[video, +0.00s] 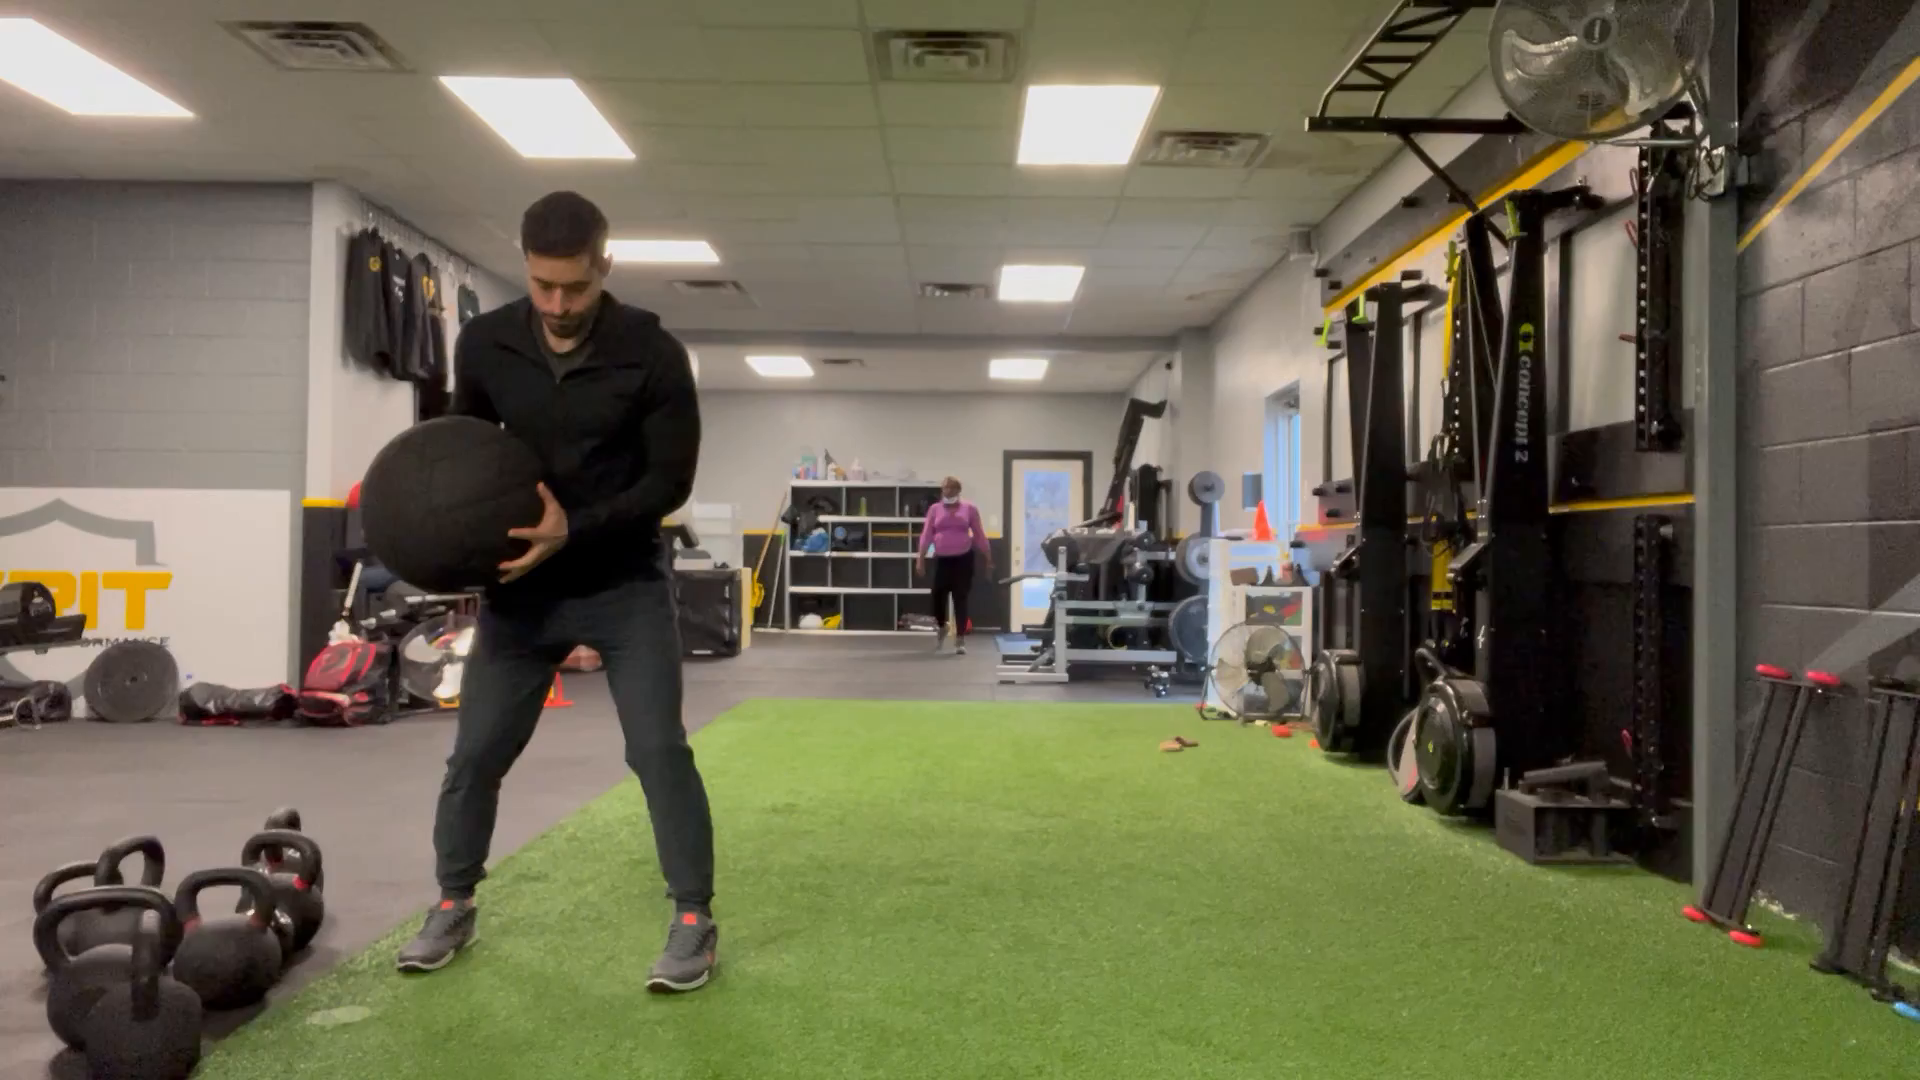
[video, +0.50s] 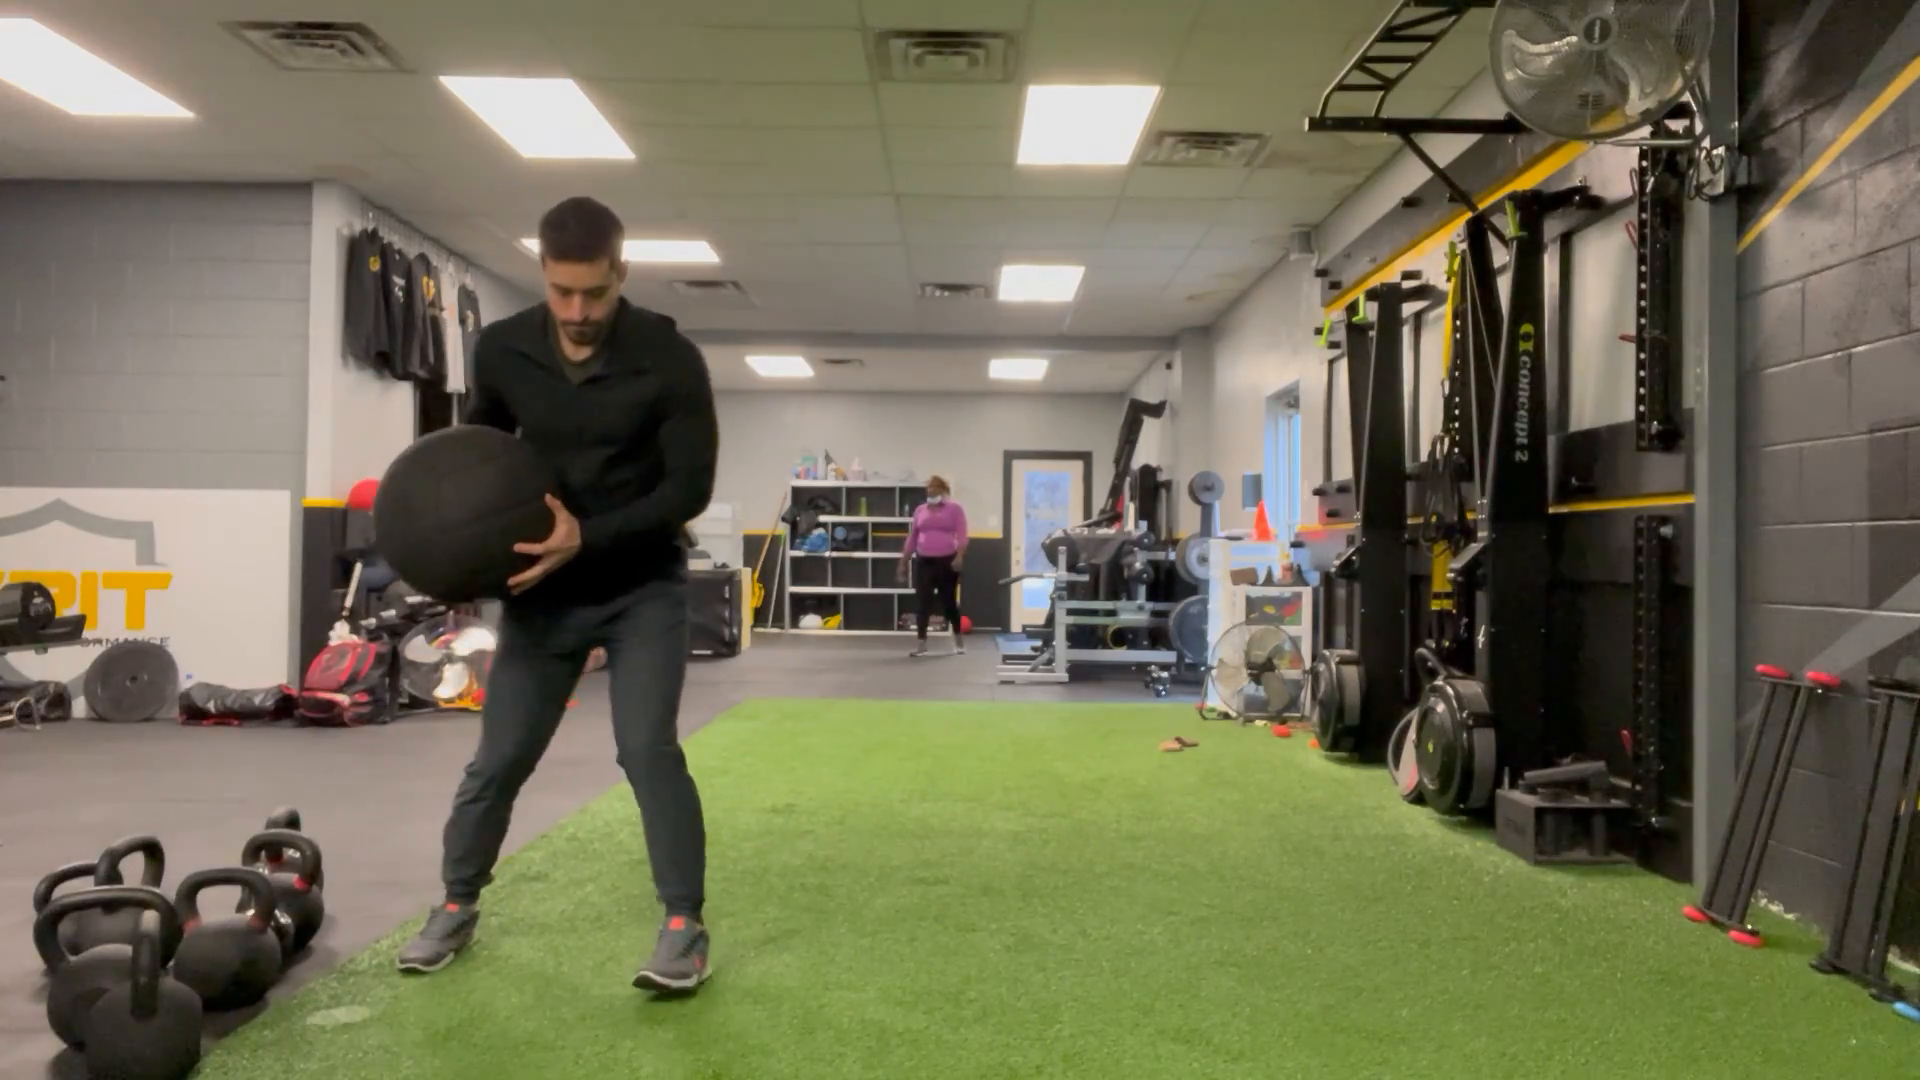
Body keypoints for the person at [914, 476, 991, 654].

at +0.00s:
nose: (949, 493)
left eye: (952, 489)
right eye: (946, 489)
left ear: (958, 491)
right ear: (942, 490)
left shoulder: (969, 509)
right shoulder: (935, 509)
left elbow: (979, 535)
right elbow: (927, 534)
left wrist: (988, 558)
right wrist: (920, 557)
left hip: (963, 557)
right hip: (942, 557)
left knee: (960, 596)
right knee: (938, 594)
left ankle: (960, 637)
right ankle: (942, 627)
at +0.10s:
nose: (948, 491)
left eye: (951, 488)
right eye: (945, 488)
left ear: (957, 490)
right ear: (941, 489)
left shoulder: (968, 509)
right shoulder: (934, 509)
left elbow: (979, 534)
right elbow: (926, 535)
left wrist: (986, 558)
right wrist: (919, 559)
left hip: (962, 556)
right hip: (940, 557)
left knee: (959, 597)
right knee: (935, 595)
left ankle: (960, 639)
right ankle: (940, 628)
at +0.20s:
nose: (945, 493)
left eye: (949, 490)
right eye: (943, 489)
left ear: (956, 490)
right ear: (939, 490)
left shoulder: (967, 508)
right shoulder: (933, 509)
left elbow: (976, 532)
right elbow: (925, 534)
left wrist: (979, 555)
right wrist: (917, 558)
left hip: (960, 556)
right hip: (938, 557)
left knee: (958, 597)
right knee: (932, 595)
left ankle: (959, 639)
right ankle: (932, 636)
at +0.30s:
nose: (941, 491)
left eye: (945, 487)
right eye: (939, 487)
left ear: (952, 489)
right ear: (936, 489)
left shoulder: (964, 509)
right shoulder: (930, 509)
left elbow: (972, 532)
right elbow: (923, 535)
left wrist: (972, 552)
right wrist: (915, 558)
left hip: (958, 557)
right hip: (935, 557)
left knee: (956, 599)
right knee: (931, 598)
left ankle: (959, 640)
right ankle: (924, 638)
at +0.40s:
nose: (935, 491)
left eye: (938, 488)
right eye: (933, 488)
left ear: (947, 490)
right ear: (932, 490)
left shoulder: (959, 509)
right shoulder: (926, 510)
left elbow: (968, 533)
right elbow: (918, 536)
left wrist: (965, 551)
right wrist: (910, 559)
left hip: (952, 559)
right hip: (930, 559)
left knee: (953, 600)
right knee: (927, 600)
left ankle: (958, 640)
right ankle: (922, 641)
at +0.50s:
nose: (930, 491)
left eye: (934, 487)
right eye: (929, 488)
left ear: (943, 490)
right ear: (927, 490)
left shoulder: (954, 509)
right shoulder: (920, 510)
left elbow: (962, 535)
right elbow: (912, 537)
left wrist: (959, 555)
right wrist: (904, 560)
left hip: (947, 559)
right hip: (924, 559)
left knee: (948, 601)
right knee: (923, 600)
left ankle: (957, 636)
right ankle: (921, 642)